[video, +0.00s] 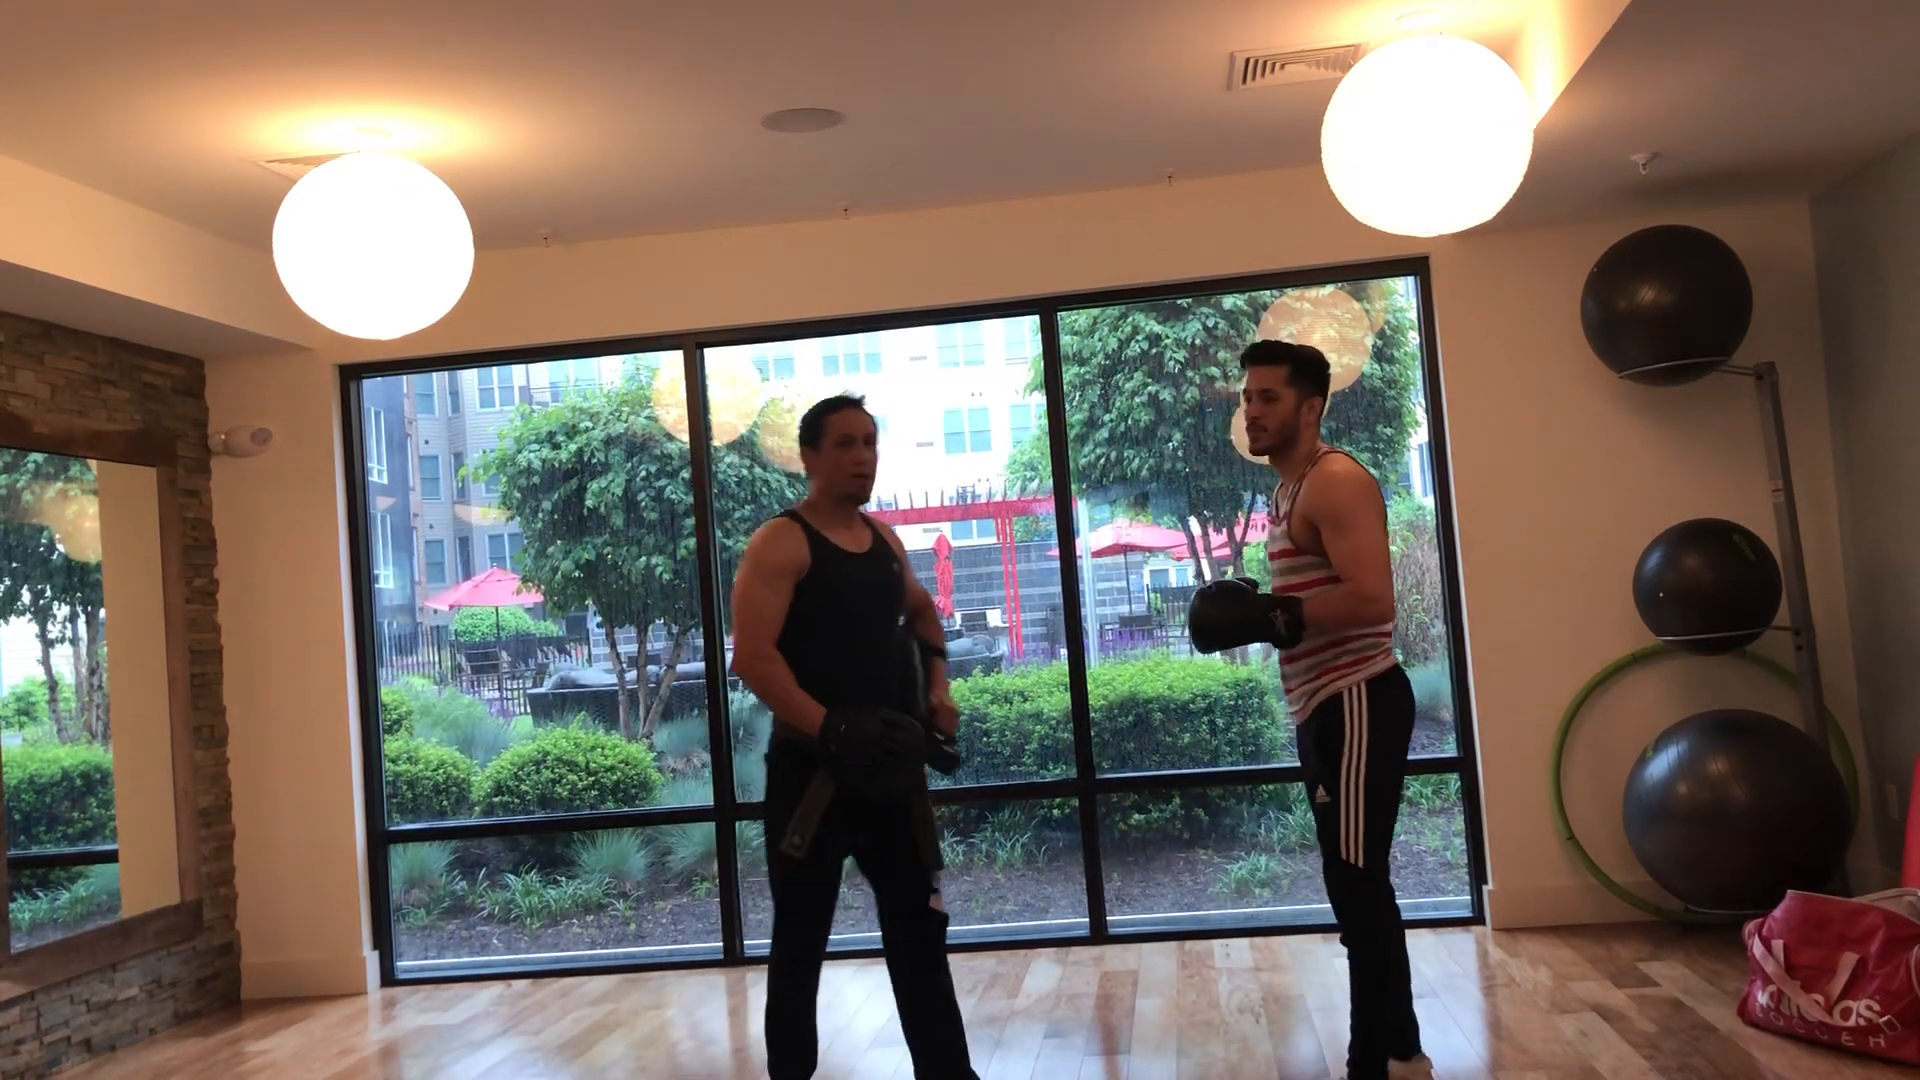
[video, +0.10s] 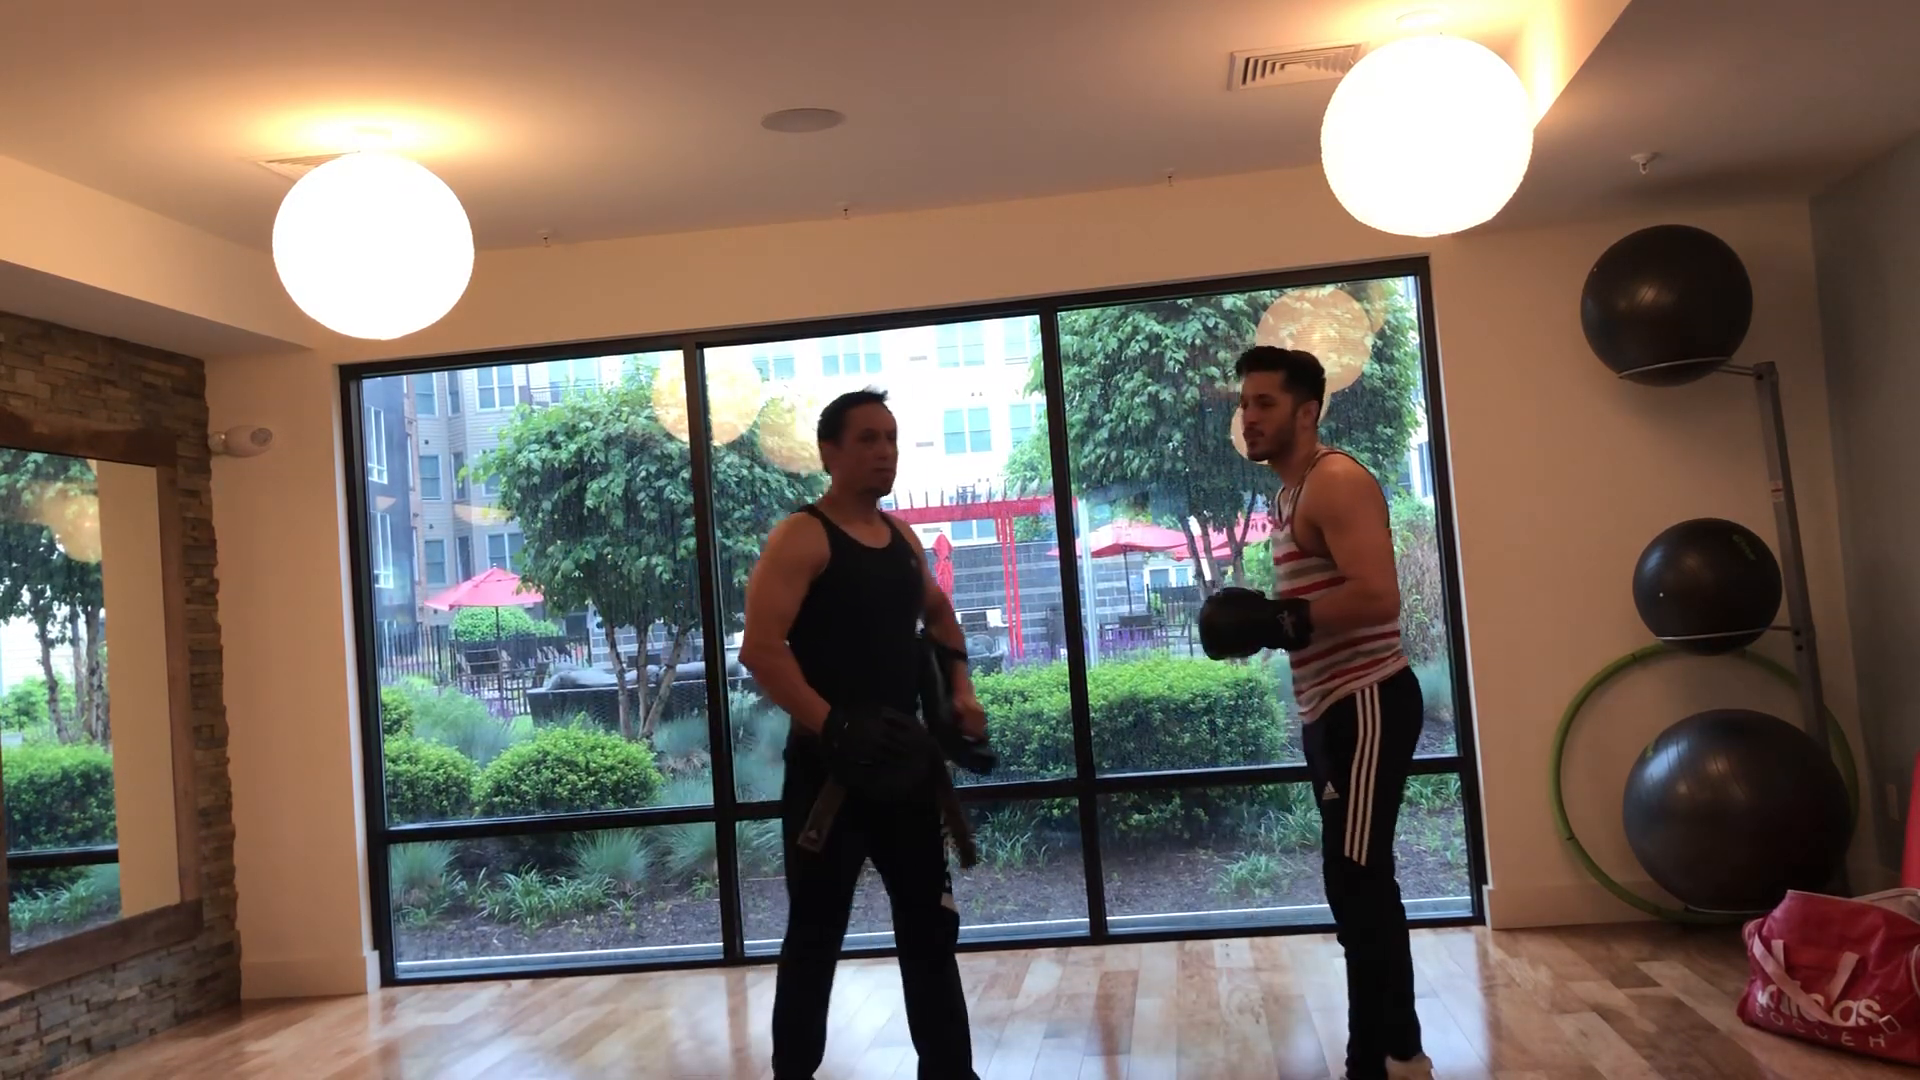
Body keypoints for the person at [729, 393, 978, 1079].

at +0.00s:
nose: (863, 457)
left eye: (870, 444)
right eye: (845, 445)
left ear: (878, 454)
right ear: (809, 458)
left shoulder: (881, 537)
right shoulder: (777, 544)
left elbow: (923, 618)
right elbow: (751, 657)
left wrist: (938, 686)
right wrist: (829, 728)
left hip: (890, 762)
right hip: (809, 768)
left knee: (918, 929)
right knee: (800, 940)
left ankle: (947, 1073)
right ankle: (790, 1073)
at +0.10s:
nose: (886, 451)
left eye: (891, 439)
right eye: (869, 439)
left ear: (897, 446)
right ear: (829, 452)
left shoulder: (899, 535)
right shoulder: (799, 536)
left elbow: (941, 617)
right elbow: (760, 647)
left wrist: (961, 690)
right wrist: (832, 727)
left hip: (905, 756)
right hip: (826, 762)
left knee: (929, 927)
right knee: (815, 933)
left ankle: (949, 1072)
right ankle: (794, 1071)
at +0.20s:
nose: (918, 444)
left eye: (916, 433)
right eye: (901, 434)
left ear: (901, 448)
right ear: (855, 449)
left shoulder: (919, 537)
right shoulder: (818, 535)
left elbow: (947, 623)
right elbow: (770, 644)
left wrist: (979, 696)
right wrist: (829, 730)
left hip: (918, 756)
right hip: (843, 759)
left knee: (934, 929)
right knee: (832, 931)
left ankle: (948, 1071)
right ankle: (796, 1070)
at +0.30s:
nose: (943, 445)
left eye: (939, 432)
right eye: (929, 434)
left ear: (901, 448)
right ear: (882, 447)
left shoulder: (929, 531)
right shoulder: (833, 532)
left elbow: (949, 622)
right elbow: (779, 641)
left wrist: (985, 709)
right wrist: (840, 731)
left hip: (929, 754)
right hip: (855, 757)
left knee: (941, 927)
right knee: (854, 928)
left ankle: (950, 1072)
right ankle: (802, 1066)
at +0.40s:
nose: (955, 446)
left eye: (952, 434)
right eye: (943, 434)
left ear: (910, 444)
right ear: (901, 442)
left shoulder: (937, 528)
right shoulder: (840, 528)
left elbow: (957, 619)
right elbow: (787, 639)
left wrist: (988, 710)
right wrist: (853, 729)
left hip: (938, 754)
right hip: (863, 758)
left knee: (943, 930)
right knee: (866, 930)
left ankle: (950, 1073)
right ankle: (815, 1065)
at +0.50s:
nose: (956, 445)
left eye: (953, 432)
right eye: (944, 433)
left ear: (910, 443)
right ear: (900, 441)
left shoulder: (937, 529)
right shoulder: (841, 526)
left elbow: (958, 620)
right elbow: (792, 639)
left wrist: (984, 710)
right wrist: (858, 730)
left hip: (941, 757)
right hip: (864, 761)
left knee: (946, 937)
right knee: (863, 942)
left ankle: (950, 1074)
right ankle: (844, 1075)